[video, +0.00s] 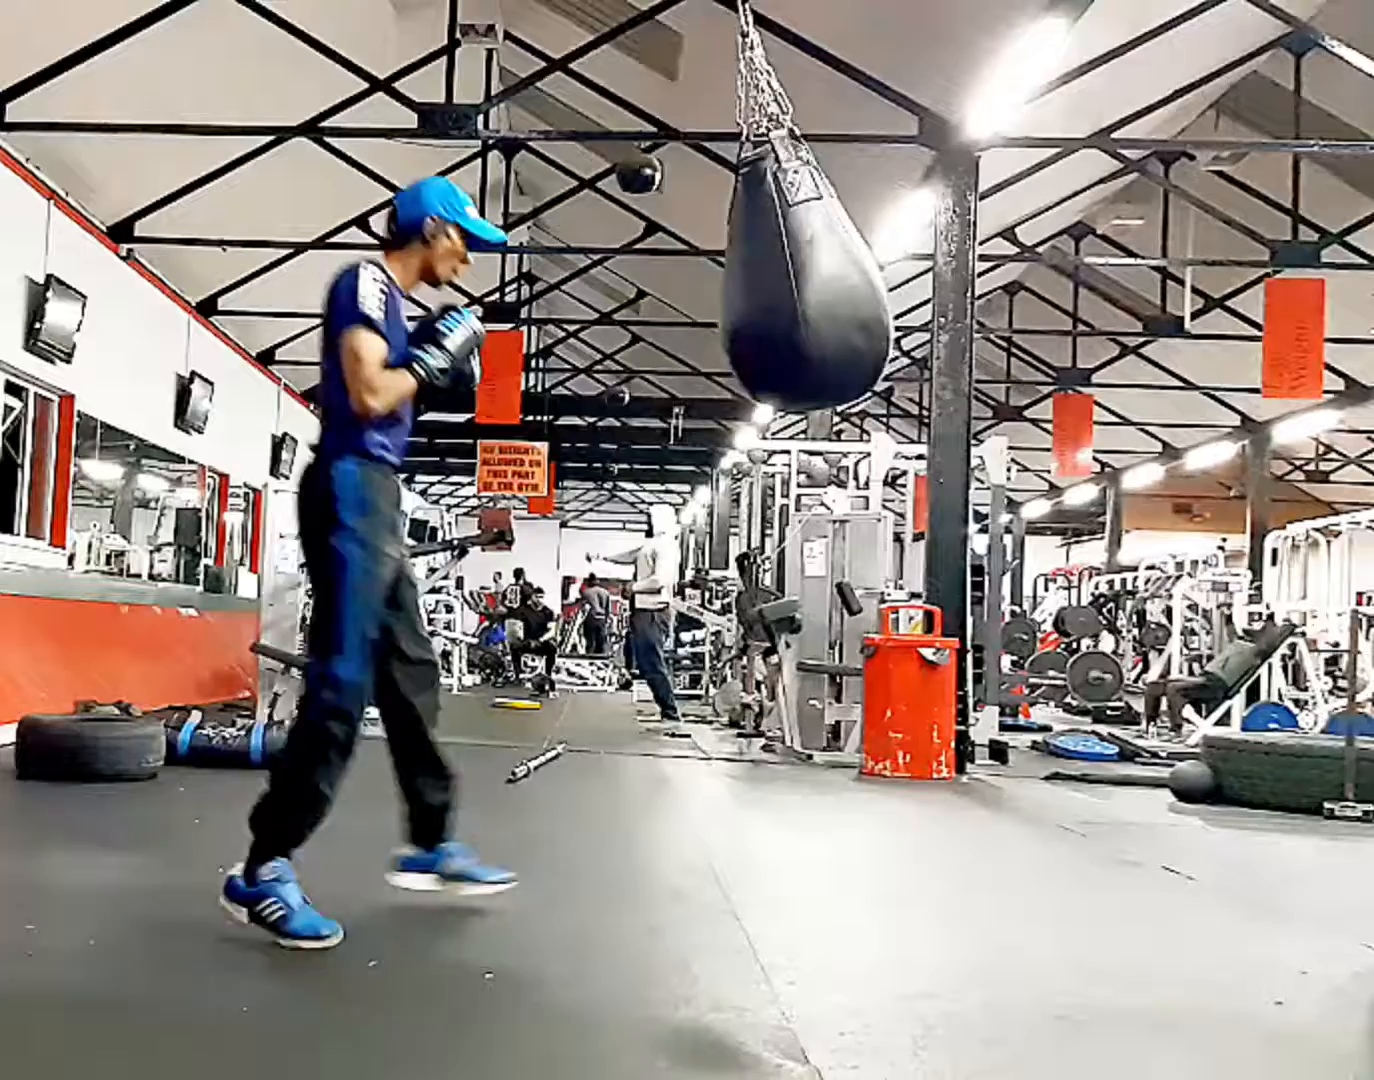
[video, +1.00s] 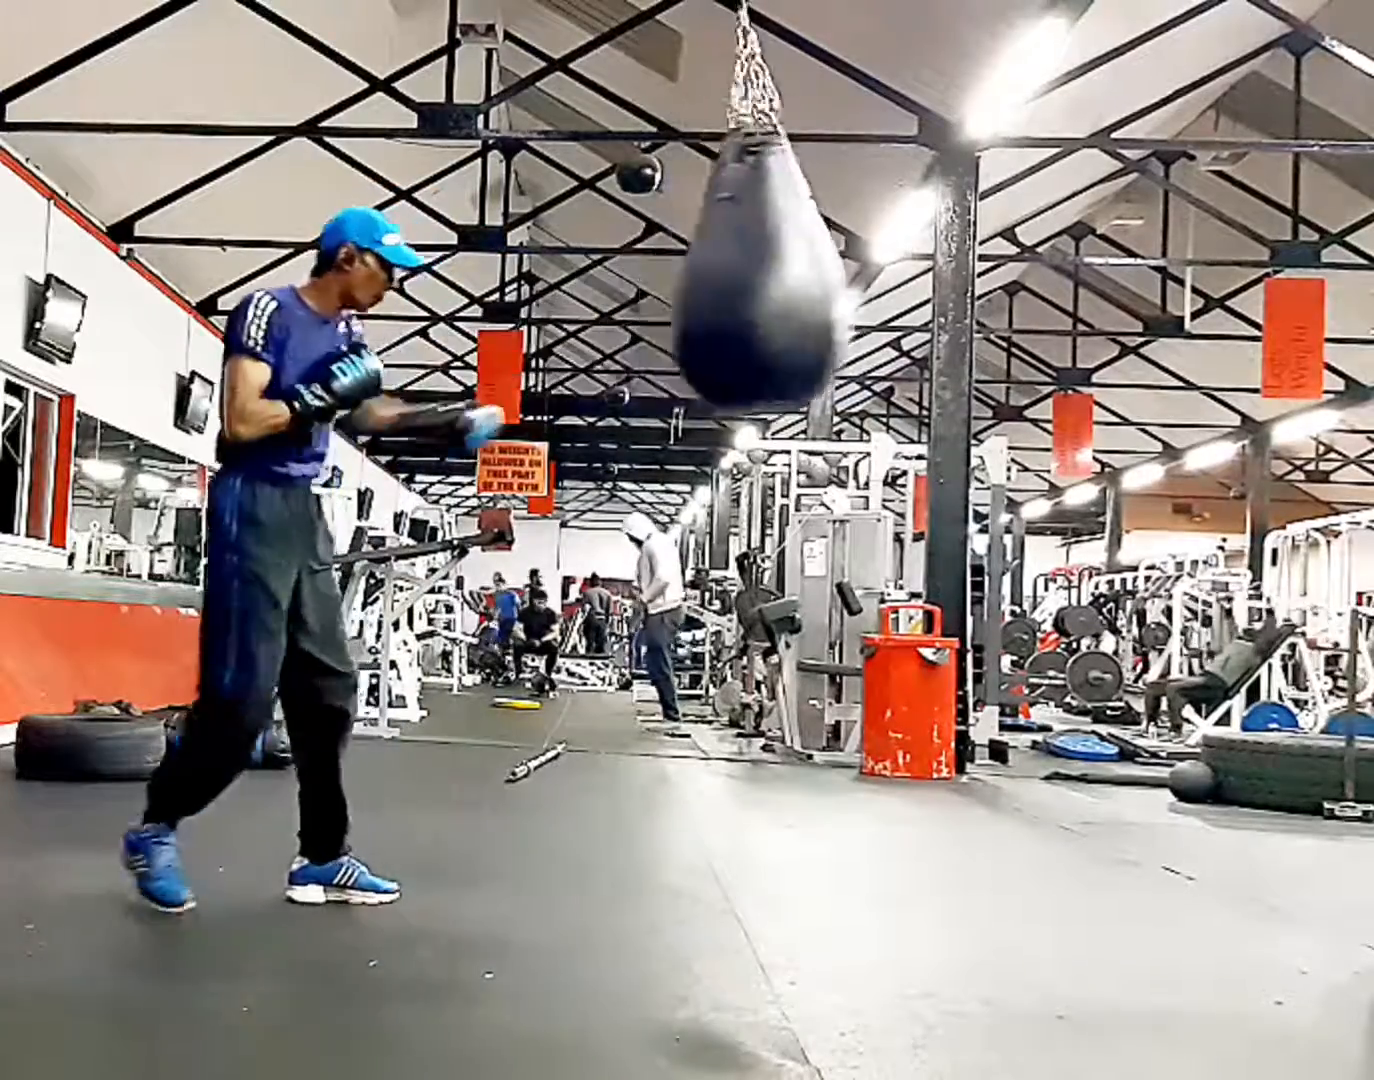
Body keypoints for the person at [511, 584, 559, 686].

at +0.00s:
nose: (539, 600)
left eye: (541, 597)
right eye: (537, 597)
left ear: (543, 598)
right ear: (531, 597)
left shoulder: (548, 613)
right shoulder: (522, 611)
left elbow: (552, 631)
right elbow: (516, 630)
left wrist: (540, 640)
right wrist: (524, 640)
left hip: (540, 640)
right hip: (526, 640)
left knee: (551, 648)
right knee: (515, 647)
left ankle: (548, 675)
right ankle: (518, 675)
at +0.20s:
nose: (539, 600)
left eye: (541, 597)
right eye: (537, 597)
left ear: (543, 598)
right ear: (532, 597)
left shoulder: (547, 612)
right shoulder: (523, 610)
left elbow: (552, 631)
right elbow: (514, 628)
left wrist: (540, 640)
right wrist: (522, 639)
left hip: (540, 641)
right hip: (526, 641)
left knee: (551, 649)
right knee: (515, 647)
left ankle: (548, 675)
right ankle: (517, 675)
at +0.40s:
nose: (538, 600)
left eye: (540, 597)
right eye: (535, 597)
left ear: (543, 598)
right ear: (530, 597)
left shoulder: (547, 612)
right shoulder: (520, 611)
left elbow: (552, 631)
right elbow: (515, 627)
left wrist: (540, 640)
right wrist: (521, 639)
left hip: (540, 642)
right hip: (526, 641)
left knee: (552, 649)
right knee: (515, 647)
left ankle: (548, 675)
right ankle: (518, 675)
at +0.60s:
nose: (539, 600)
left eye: (540, 597)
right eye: (536, 597)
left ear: (543, 598)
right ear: (531, 597)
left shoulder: (548, 612)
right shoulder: (521, 610)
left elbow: (552, 630)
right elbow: (517, 627)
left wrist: (541, 640)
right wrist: (523, 638)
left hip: (540, 640)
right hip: (526, 639)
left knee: (552, 648)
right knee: (515, 646)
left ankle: (548, 674)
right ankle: (517, 674)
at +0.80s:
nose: (539, 602)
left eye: (541, 599)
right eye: (536, 599)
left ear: (544, 599)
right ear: (531, 599)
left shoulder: (549, 612)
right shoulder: (523, 611)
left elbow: (554, 630)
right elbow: (517, 627)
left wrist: (541, 640)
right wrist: (525, 639)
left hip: (542, 640)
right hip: (527, 639)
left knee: (552, 648)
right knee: (516, 645)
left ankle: (548, 674)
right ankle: (517, 673)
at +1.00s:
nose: (542, 606)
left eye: (544, 603)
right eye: (539, 603)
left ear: (546, 602)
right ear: (533, 601)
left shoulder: (550, 614)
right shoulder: (525, 613)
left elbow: (556, 632)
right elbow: (516, 629)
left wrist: (542, 640)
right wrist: (526, 639)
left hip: (543, 641)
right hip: (529, 640)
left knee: (553, 649)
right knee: (517, 647)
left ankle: (547, 675)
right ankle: (518, 674)